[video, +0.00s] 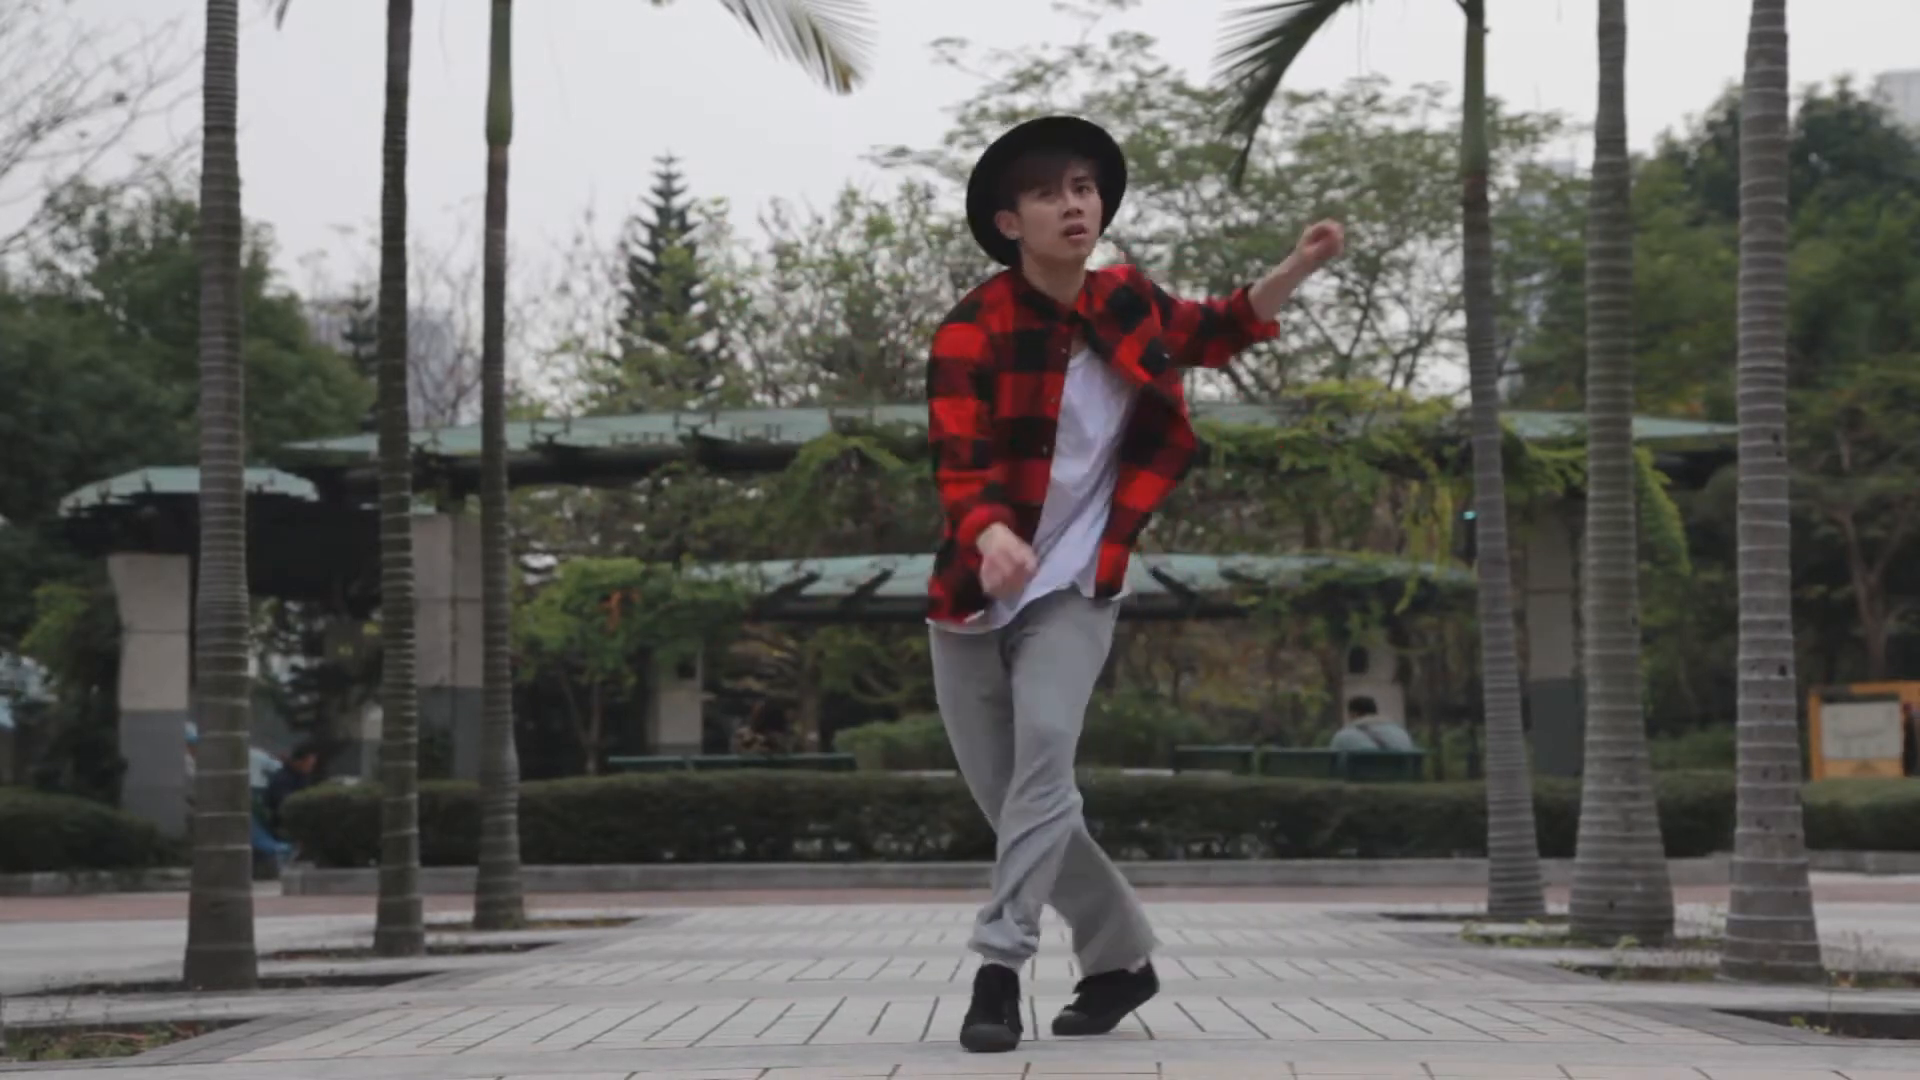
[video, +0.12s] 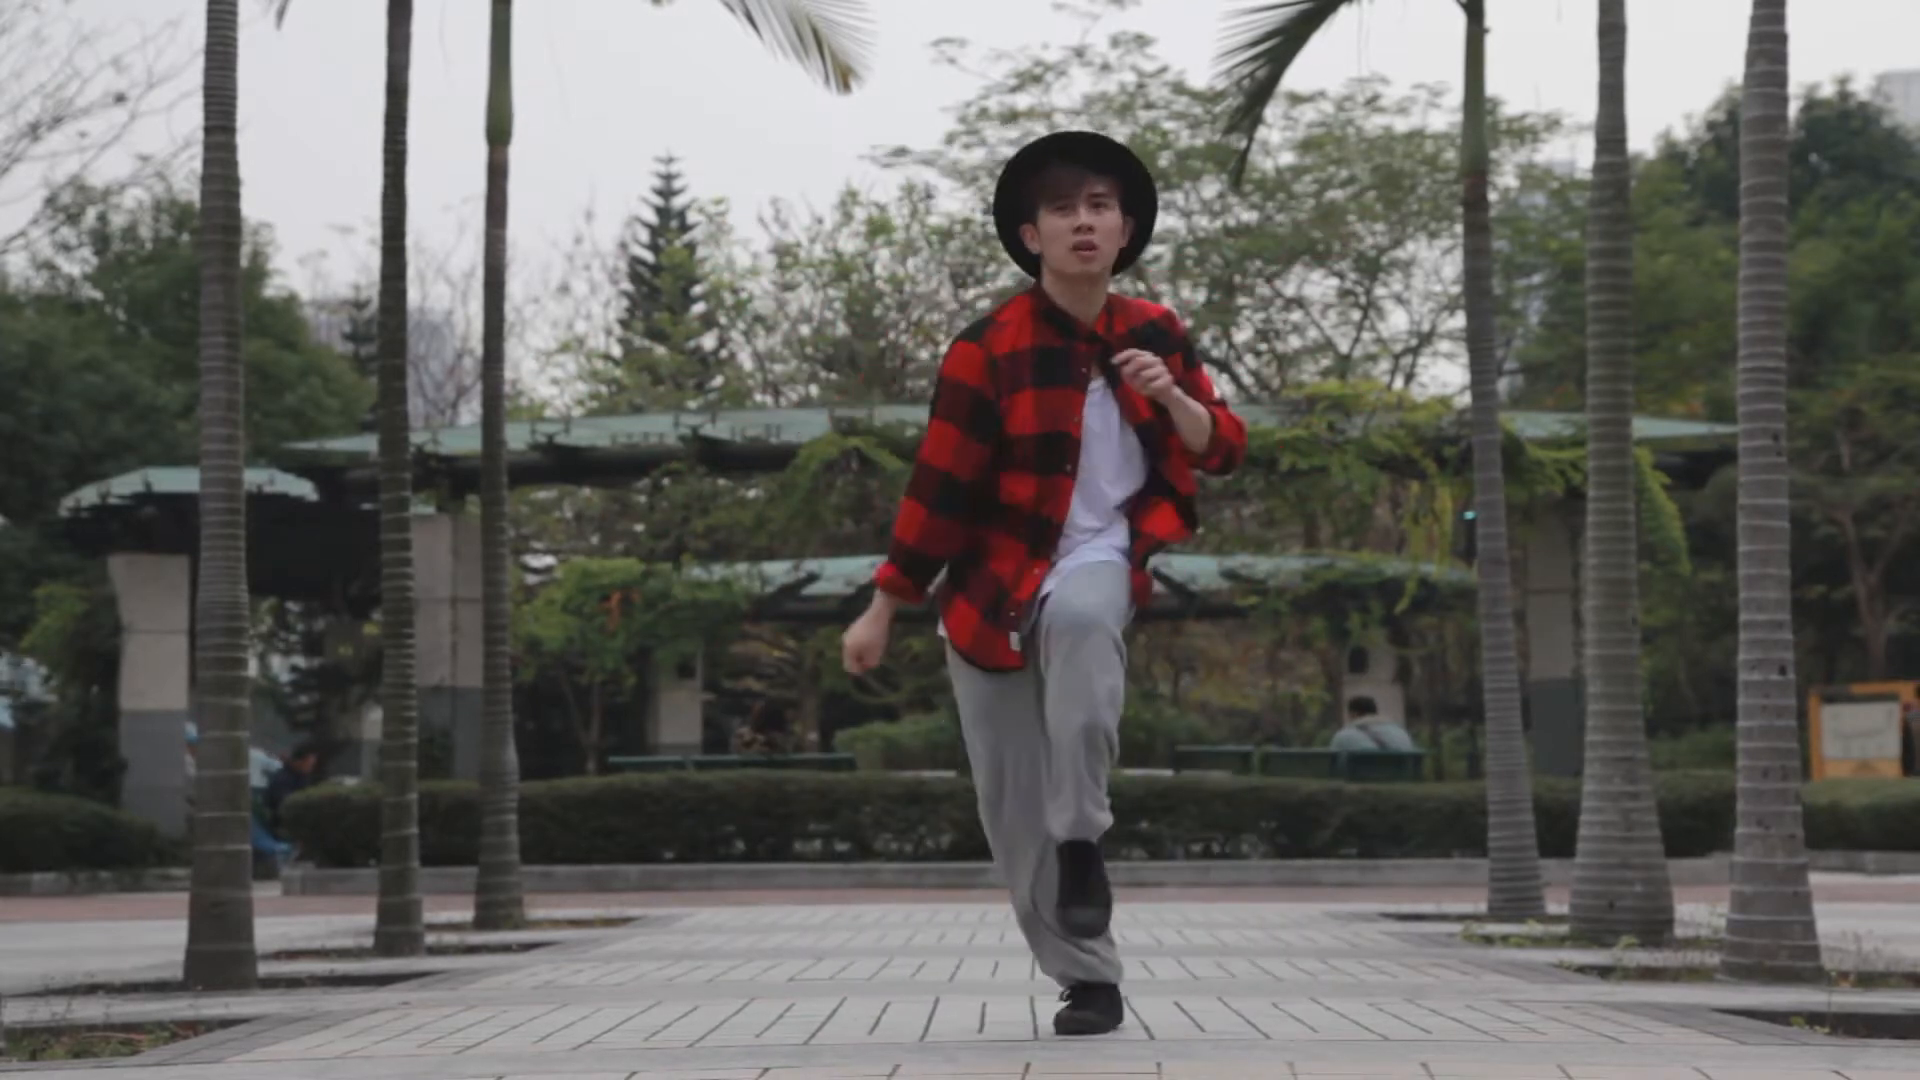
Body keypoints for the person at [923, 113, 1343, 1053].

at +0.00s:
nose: (1074, 206)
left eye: (1087, 188)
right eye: (1046, 192)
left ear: (1104, 207)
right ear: (1005, 221)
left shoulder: (1133, 305)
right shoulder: (971, 332)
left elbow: (1214, 331)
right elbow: (958, 462)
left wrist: (1289, 272)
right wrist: (985, 529)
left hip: (1073, 580)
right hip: (970, 589)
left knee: (1045, 750)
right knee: (1006, 796)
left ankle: (998, 965)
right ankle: (1119, 958)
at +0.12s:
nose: (1084, 220)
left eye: (1102, 205)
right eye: (1061, 207)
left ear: (1127, 230)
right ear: (1029, 236)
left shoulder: (1156, 336)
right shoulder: (987, 351)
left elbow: (1225, 453)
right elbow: (939, 487)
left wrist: (1177, 403)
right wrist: (885, 602)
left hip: (1104, 551)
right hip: (994, 575)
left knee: (1081, 612)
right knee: (1020, 800)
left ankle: (1080, 832)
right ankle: (1086, 976)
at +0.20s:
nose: (1072, 207)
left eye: (1096, 191)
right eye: (1054, 191)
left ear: (1130, 219)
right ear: (1030, 214)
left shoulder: (1158, 327)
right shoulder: (971, 325)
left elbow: (1187, 444)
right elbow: (904, 427)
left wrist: (1111, 362)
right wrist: (838, 497)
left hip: (1105, 540)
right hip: (1002, 564)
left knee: (1137, 576)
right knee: (1024, 786)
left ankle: (1122, 750)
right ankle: (1083, 968)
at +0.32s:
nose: (1019, 181)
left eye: (1043, 167)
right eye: (1015, 167)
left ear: (1095, 196)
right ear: (1006, 189)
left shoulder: (1140, 296)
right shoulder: (975, 290)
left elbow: (1144, 391)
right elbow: (893, 337)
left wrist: (1066, 304)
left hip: (1136, 560)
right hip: (1021, 564)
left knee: (1185, 665)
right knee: (1048, 736)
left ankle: (1096, 751)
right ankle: (1105, 952)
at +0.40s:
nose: (993, 205)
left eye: (1016, 188)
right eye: (989, 189)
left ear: (1075, 211)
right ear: (988, 210)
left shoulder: (1127, 305)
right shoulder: (977, 314)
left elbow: (1107, 373)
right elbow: (901, 306)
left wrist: (1037, 302)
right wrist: (825, 286)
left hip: (1143, 569)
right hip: (1032, 566)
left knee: (1180, 767)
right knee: (1061, 757)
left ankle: (1069, 812)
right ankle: (1139, 972)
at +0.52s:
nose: (977, 210)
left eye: (996, 193)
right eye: (974, 194)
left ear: (1054, 207)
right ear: (980, 205)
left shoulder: (1118, 310)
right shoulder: (989, 310)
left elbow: (1125, 418)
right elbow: (940, 359)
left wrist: (1014, 378)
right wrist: (865, 288)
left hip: (1136, 590)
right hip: (1031, 589)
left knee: (1124, 790)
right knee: (1054, 774)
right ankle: (1139, 955)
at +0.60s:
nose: (983, 207)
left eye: (1002, 190)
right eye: (978, 190)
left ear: (1060, 203)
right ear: (979, 204)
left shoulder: (1114, 313)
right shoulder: (983, 314)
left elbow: (1134, 429)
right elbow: (918, 361)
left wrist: (1028, 353)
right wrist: (895, 290)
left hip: (1122, 592)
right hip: (1017, 584)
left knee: (1119, 790)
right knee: (996, 731)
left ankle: (1108, 958)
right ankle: (1107, 918)